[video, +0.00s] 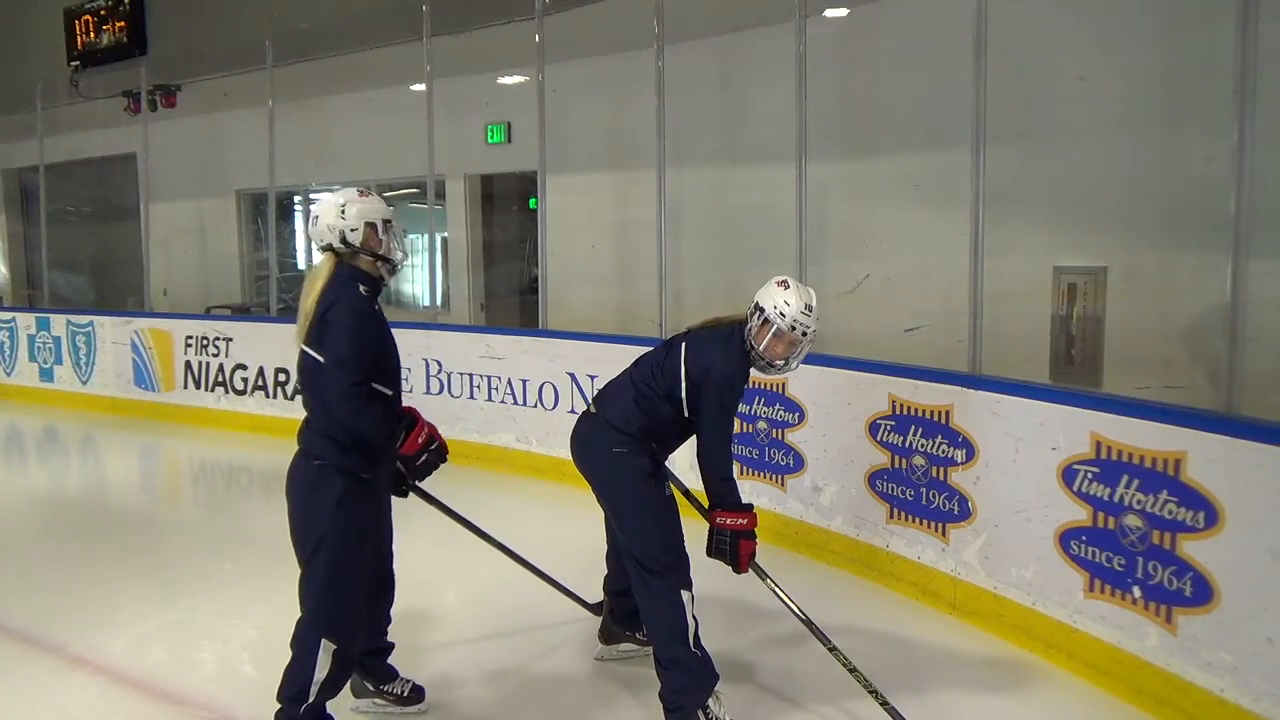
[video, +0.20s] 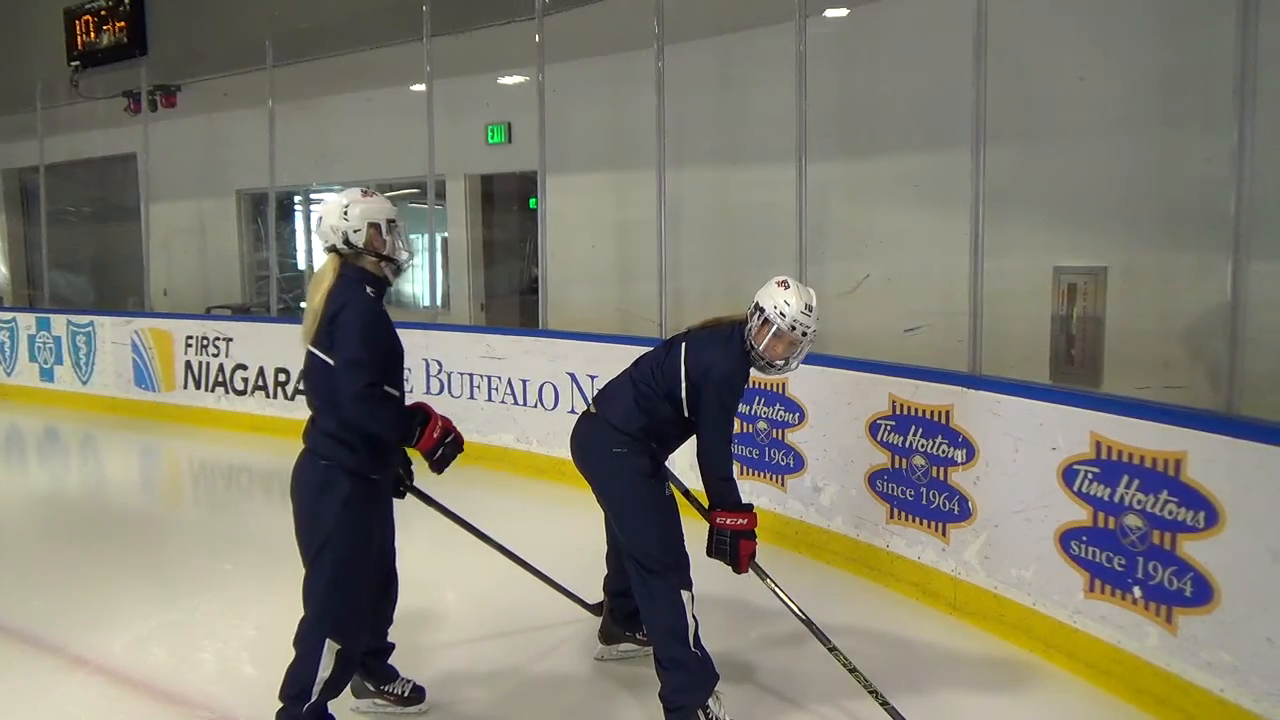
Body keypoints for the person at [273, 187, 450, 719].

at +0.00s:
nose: (390, 240)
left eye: (388, 229)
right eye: (379, 230)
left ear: (345, 236)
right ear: (352, 235)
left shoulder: (351, 292)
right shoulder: (345, 299)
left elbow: (355, 390)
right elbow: (345, 395)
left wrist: (390, 455)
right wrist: (407, 432)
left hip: (356, 470)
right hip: (333, 475)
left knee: (372, 576)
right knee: (335, 593)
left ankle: (369, 673)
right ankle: (300, 706)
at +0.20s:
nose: (395, 242)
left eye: (394, 231)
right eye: (385, 231)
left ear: (348, 238)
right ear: (359, 237)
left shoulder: (354, 295)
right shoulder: (352, 302)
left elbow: (348, 395)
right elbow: (356, 395)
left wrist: (386, 457)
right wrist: (419, 424)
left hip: (358, 470)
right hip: (337, 474)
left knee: (375, 576)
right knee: (337, 594)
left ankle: (370, 673)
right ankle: (302, 707)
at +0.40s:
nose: (401, 241)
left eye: (400, 231)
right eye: (389, 231)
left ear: (364, 240)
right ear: (359, 238)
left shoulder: (355, 293)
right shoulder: (358, 301)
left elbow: (345, 391)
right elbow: (366, 397)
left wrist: (387, 453)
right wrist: (432, 418)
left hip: (359, 469)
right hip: (341, 474)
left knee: (377, 577)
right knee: (339, 597)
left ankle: (371, 672)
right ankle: (305, 708)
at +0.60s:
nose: (389, 243)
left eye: (394, 232)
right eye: (376, 234)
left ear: (400, 237)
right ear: (346, 242)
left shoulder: (369, 301)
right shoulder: (345, 304)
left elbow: (374, 389)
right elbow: (352, 398)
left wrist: (418, 416)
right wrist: (422, 420)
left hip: (370, 468)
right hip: (342, 474)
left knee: (379, 578)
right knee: (342, 596)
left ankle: (371, 672)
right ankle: (311, 707)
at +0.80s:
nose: (372, 246)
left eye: (380, 235)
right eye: (359, 237)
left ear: (393, 240)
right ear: (339, 245)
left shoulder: (379, 306)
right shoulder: (332, 310)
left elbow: (386, 397)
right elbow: (331, 405)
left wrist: (422, 434)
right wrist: (404, 435)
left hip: (376, 469)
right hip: (338, 474)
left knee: (381, 576)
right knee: (343, 595)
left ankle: (371, 669)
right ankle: (315, 707)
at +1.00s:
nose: (362, 247)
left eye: (371, 235)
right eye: (349, 237)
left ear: (387, 240)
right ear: (328, 246)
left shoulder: (383, 305)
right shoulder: (321, 316)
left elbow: (394, 391)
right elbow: (319, 411)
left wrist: (428, 435)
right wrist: (397, 439)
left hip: (381, 472)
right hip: (335, 477)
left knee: (384, 579)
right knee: (343, 596)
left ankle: (370, 668)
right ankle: (317, 706)